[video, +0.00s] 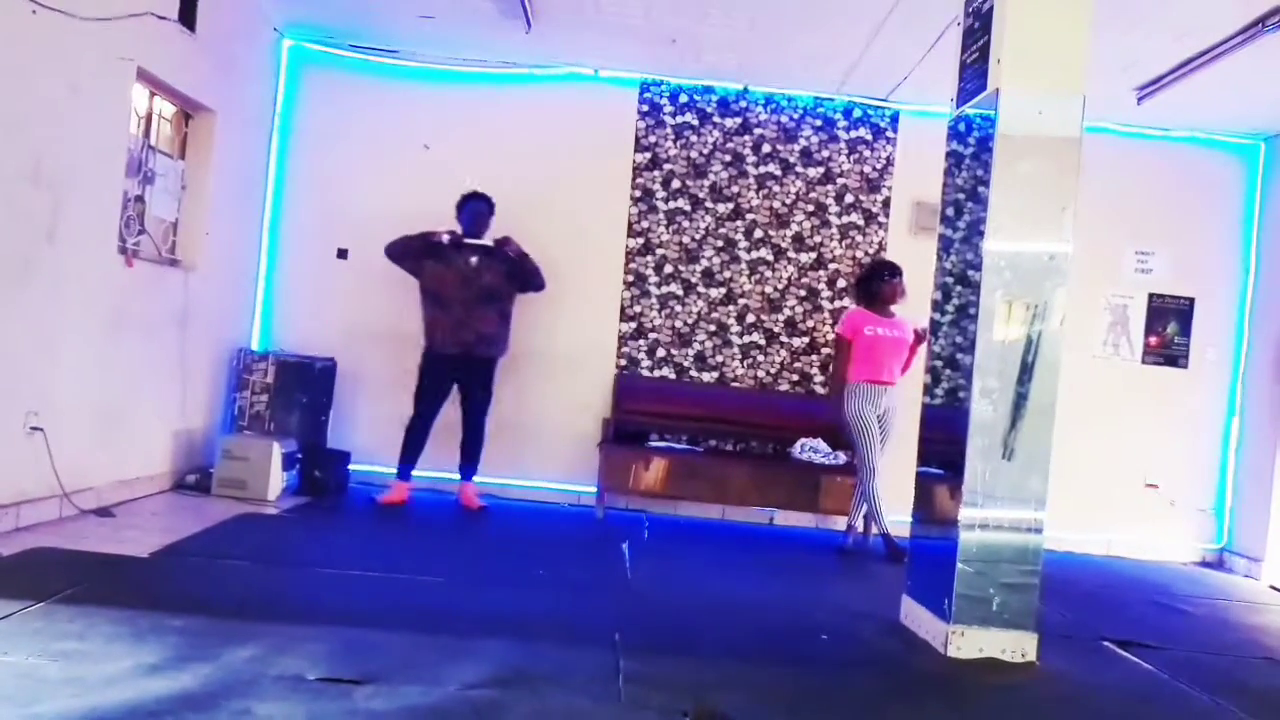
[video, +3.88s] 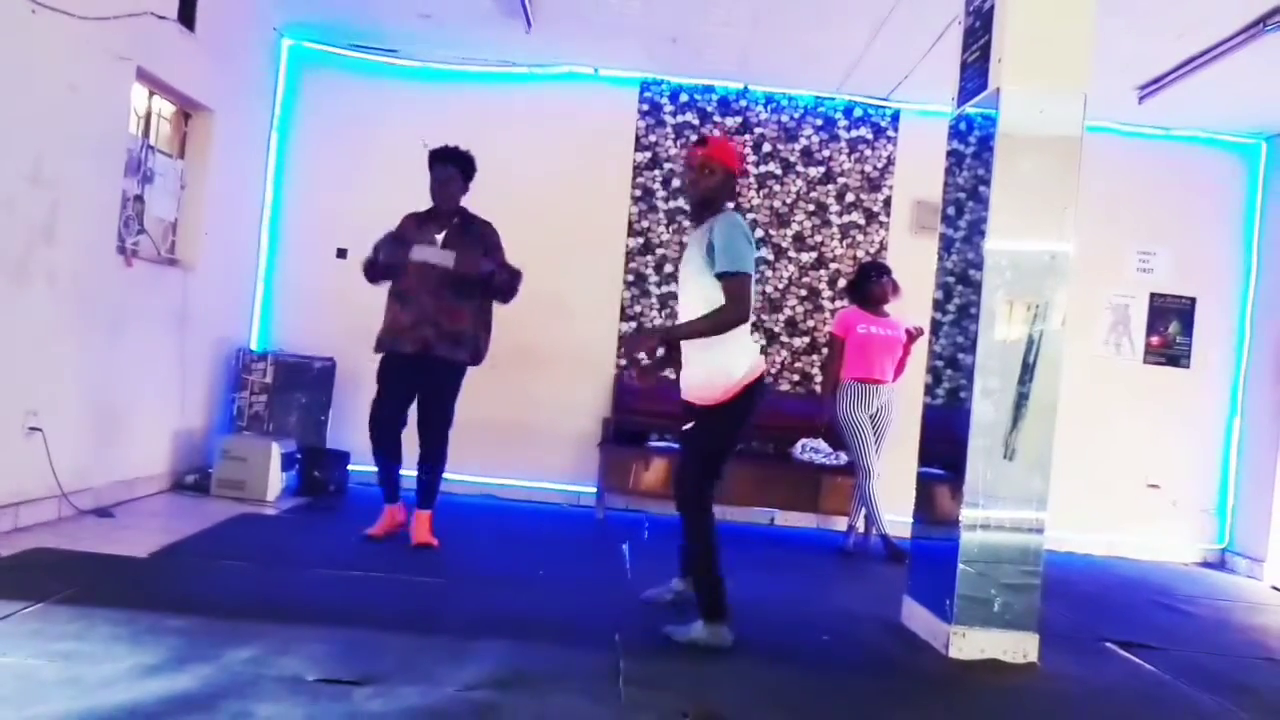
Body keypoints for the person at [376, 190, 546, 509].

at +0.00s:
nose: (477, 220)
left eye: (483, 215)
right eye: (471, 213)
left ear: (491, 219)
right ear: (459, 215)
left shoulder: (502, 261)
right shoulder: (436, 255)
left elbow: (536, 284)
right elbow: (394, 251)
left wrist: (514, 251)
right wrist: (433, 239)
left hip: (480, 358)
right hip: (440, 353)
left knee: (475, 423)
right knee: (422, 417)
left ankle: (467, 485)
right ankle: (402, 483)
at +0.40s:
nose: (511, 226)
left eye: (515, 220)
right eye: (505, 220)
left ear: (519, 224)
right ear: (490, 220)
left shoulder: (527, 267)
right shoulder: (462, 257)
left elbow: (558, 291)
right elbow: (423, 251)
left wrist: (543, 261)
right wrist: (464, 243)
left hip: (500, 359)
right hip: (463, 353)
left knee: (484, 423)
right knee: (455, 419)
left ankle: (469, 486)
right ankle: (446, 487)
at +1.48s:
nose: (534, 223)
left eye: (537, 217)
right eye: (528, 216)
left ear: (537, 221)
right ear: (508, 215)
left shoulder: (532, 263)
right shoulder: (476, 253)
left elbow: (553, 292)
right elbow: (442, 241)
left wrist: (553, 265)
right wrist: (478, 234)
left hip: (518, 361)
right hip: (477, 357)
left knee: (529, 427)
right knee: (477, 428)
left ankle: (519, 504)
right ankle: (479, 502)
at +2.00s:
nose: (540, 214)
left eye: (547, 207)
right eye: (533, 206)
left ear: (555, 211)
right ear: (521, 207)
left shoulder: (568, 259)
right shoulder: (496, 253)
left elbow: (611, 281)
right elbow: (452, 254)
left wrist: (583, 248)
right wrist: (489, 235)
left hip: (538, 364)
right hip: (494, 359)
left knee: (533, 438)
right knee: (487, 430)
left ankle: (530, 513)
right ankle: (481, 498)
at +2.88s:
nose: (493, 210)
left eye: (502, 205)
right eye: (490, 203)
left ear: (516, 208)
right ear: (483, 202)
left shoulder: (532, 252)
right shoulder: (458, 251)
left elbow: (577, 276)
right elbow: (410, 256)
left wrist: (548, 245)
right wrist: (442, 236)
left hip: (507, 362)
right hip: (459, 358)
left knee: (516, 436)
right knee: (444, 434)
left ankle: (524, 511)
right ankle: (439, 513)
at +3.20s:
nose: (473, 207)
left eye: (481, 202)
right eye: (468, 199)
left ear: (491, 205)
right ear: (456, 196)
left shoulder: (495, 253)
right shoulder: (422, 237)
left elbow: (526, 287)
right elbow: (370, 235)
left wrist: (518, 253)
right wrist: (419, 225)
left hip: (472, 359)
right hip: (424, 354)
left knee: (472, 437)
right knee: (426, 436)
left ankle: (463, 515)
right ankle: (431, 515)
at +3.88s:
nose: (441, 187)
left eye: (449, 181)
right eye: (435, 180)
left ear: (465, 185)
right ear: (428, 182)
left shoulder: (482, 233)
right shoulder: (411, 226)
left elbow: (509, 288)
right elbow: (372, 272)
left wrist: (489, 272)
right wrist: (389, 258)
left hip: (449, 353)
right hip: (403, 347)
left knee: (433, 433)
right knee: (383, 423)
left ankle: (424, 517)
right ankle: (393, 508)